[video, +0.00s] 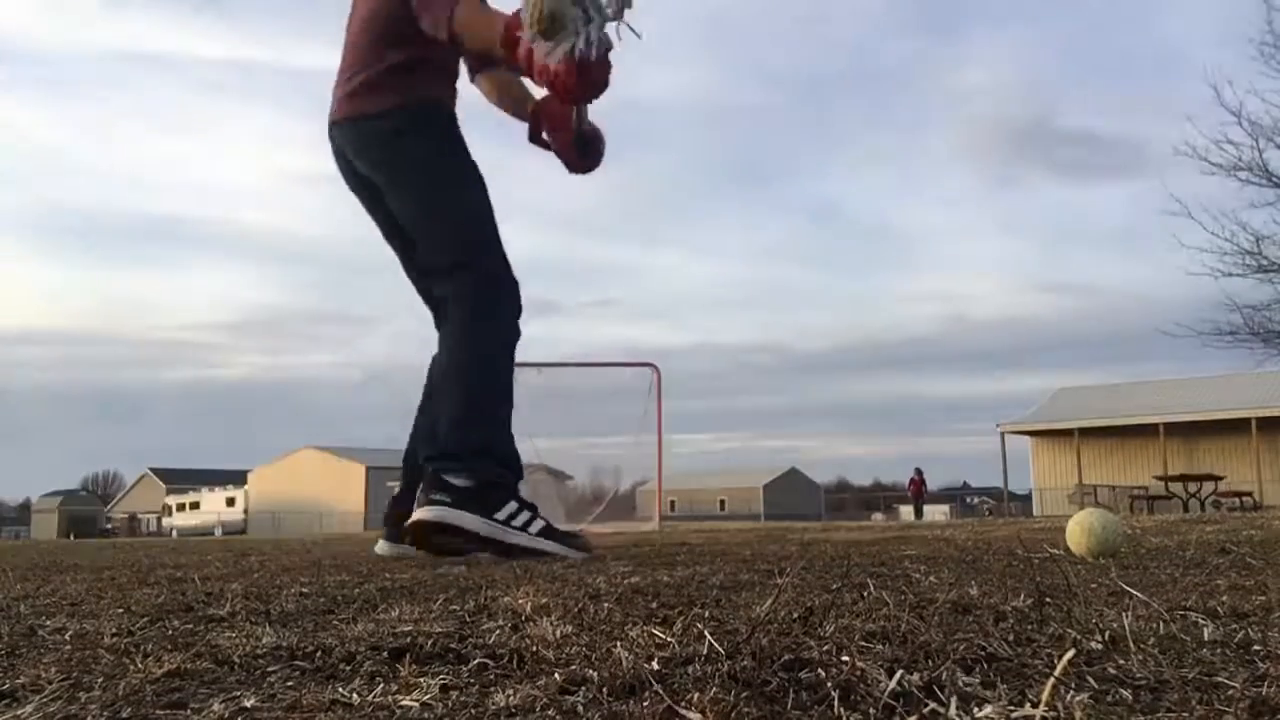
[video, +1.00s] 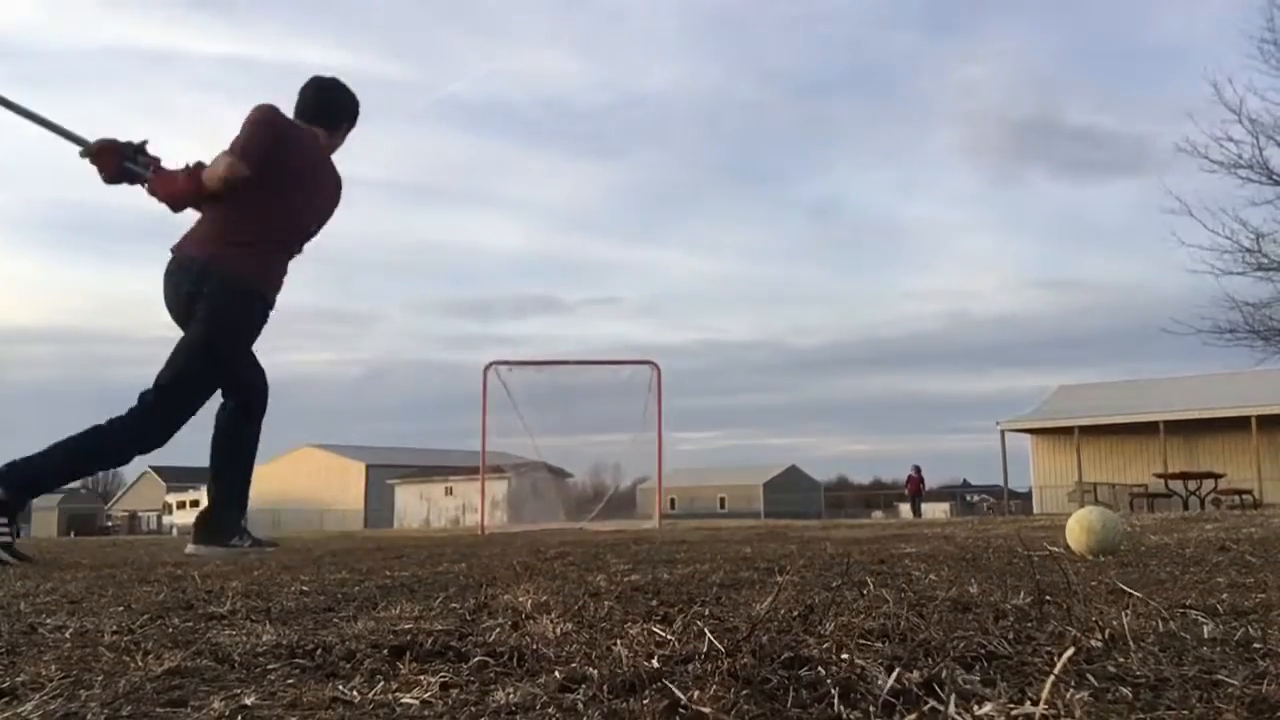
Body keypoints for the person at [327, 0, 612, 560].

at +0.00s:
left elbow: (487, 68)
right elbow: (447, 13)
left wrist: (548, 116)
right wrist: (531, 47)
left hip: (365, 121)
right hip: (403, 114)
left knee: (466, 307)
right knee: (487, 293)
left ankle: (419, 508)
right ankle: (471, 486)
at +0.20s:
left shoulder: (425, 7)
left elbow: (441, 88)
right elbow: (422, 74)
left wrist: (526, 113)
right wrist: (526, 81)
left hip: (348, 133)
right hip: (321, 129)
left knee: (427, 303)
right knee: (415, 292)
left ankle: (418, 501)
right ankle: (295, 469)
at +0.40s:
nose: (457, 28)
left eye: (459, 16)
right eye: (458, 12)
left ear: (421, 7)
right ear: (436, 4)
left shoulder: (412, 75)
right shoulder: (344, 25)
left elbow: (414, 189)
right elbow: (321, 85)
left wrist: (435, 172)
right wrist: (438, 89)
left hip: (301, 225)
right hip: (269, 220)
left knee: (362, 366)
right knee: (376, 364)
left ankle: (248, 489)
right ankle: (275, 520)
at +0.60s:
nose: (410, 104)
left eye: (414, 91)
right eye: (408, 89)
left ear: (373, 80)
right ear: (379, 79)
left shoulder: (369, 143)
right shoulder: (309, 111)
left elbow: (391, 224)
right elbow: (305, 207)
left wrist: (425, 213)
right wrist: (382, 196)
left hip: (241, 271)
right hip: (239, 267)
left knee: (283, 390)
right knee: (325, 395)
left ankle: (230, 512)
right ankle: (284, 490)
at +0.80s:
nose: (385, 136)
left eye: (389, 126)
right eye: (388, 126)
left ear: (340, 97)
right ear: (379, 120)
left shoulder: (281, 106)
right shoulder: (359, 184)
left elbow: (212, 156)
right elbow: (323, 238)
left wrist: (278, 207)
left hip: (177, 267)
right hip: (239, 287)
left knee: (233, 400)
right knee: (225, 425)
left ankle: (223, 523)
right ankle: (109, 448)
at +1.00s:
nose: (343, 140)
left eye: (345, 132)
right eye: (347, 132)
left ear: (302, 107)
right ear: (342, 129)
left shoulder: (269, 120)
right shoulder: (329, 185)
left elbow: (229, 171)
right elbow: (233, 203)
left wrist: (146, 173)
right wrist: (147, 170)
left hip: (183, 278)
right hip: (240, 299)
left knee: (249, 389)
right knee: (151, 424)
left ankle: (222, 527)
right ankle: (10, 488)